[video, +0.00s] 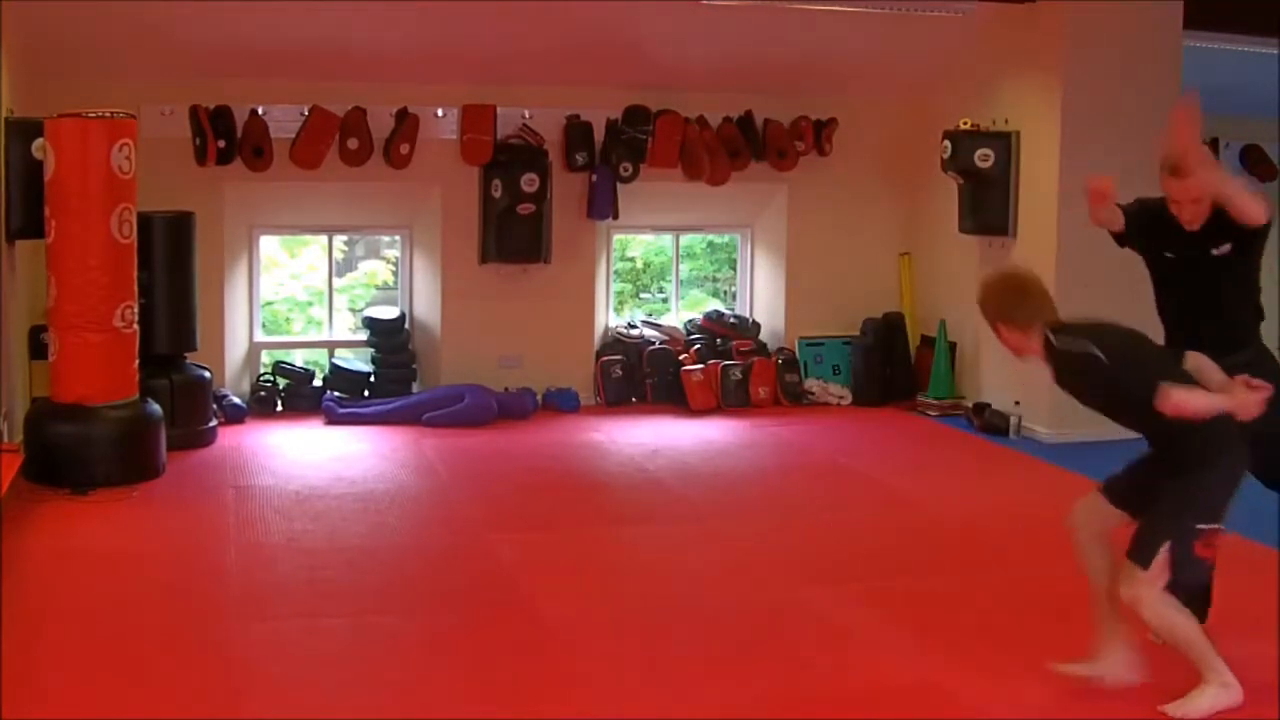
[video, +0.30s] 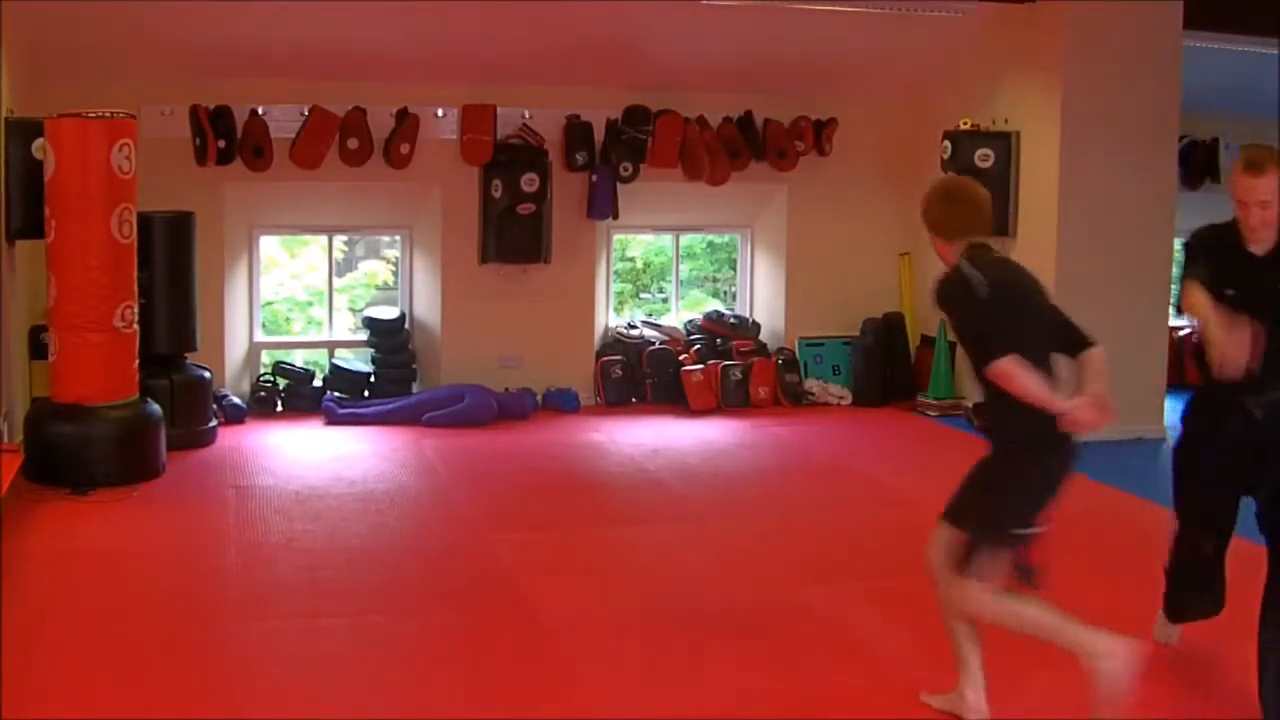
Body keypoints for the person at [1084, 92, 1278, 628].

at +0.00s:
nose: (1188, 209)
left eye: (1197, 199)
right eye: (1179, 200)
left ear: (1215, 190)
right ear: (1164, 192)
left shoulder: (1241, 222)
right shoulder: (1152, 218)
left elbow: (1255, 212)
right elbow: (1115, 221)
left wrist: (1213, 173)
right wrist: (1101, 205)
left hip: (1249, 372)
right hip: (1185, 377)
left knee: (1271, 466)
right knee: (1190, 490)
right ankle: (1188, 607)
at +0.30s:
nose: (1255, 216)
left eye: (1265, 205)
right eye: (1246, 204)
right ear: (1233, 200)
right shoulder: (1211, 243)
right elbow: (1193, 291)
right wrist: (1218, 325)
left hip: (1273, 416)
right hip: (1221, 409)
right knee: (1203, 515)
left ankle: (1274, 664)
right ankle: (1175, 609)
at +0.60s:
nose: (1232, 165)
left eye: (1247, 155)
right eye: (1233, 154)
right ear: (1239, 163)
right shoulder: (1220, 231)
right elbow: (1196, 321)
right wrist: (1178, 391)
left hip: (1270, 423)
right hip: (1219, 416)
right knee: (1195, 566)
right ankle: (1193, 705)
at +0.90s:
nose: (1142, 188)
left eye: (1154, 177)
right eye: (1144, 176)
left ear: (1198, 184)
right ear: (1180, 185)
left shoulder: (1264, 260)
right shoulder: (1137, 262)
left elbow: (1275, 362)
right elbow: (1130, 357)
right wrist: (1124, 431)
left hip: (1244, 456)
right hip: (1158, 453)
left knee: (1260, 622)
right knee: (1147, 616)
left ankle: (1276, 703)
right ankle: (1162, 714)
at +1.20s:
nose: (1063, 173)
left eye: (1074, 159)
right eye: (1062, 160)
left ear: (1121, 161)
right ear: (1111, 163)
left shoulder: (1184, 242)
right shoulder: (1069, 241)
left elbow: (1228, 339)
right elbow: (1026, 317)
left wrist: (1179, 395)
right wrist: (1001, 354)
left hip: (1148, 444)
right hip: (1077, 441)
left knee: (1115, 608)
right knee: (1075, 609)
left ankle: (1139, 712)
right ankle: (1093, 711)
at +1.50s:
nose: (942, 192)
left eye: (953, 176)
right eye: (942, 177)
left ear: (998, 174)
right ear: (988, 177)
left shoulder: (1053, 268)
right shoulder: (967, 257)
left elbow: (1038, 409)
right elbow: (928, 342)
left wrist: (949, 515)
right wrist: (902, 372)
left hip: (1011, 473)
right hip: (951, 462)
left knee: (955, 647)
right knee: (947, 634)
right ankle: (1054, 710)